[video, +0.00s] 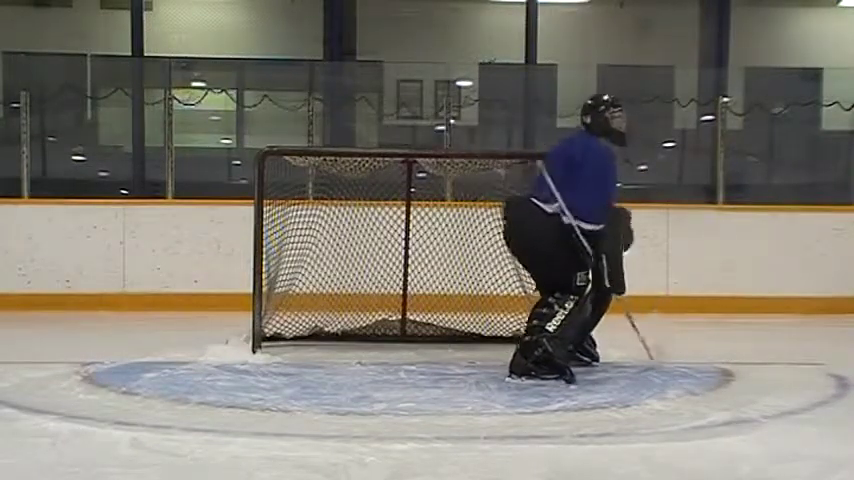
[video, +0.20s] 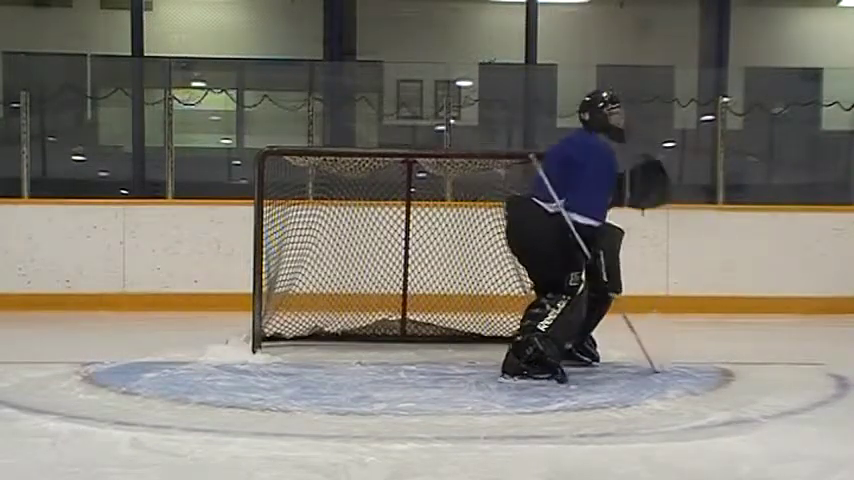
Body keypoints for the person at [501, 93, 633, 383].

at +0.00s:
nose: (622, 121)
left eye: (621, 115)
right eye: (616, 116)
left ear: (593, 120)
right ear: (599, 119)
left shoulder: (574, 143)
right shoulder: (598, 152)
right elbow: (591, 215)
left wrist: (613, 219)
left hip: (524, 218)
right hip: (544, 226)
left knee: (558, 288)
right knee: (585, 287)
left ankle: (535, 348)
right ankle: (539, 353)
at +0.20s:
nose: (621, 119)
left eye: (620, 112)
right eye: (615, 113)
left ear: (591, 118)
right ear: (600, 117)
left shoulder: (574, 143)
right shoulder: (600, 153)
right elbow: (586, 215)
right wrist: (590, 253)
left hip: (526, 216)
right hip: (543, 222)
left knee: (554, 289)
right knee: (570, 289)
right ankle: (529, 353)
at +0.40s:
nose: (622, 118)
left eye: (621, 111)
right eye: (616, 113)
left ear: (590, 117)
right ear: (601, 116)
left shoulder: (574, 142)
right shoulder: (601, 150)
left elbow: (586, 191)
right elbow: (583, 215)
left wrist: (621, 182)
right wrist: (584, 261)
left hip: (524, 214)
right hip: (545, 221)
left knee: (549, 289)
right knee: (567, 293)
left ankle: (522, 345)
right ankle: (522, 352)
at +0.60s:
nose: (627, 119)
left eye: (626, 113)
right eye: (621, 113)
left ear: (595, 117)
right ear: (605, 117)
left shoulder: (575, 141)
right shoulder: (607, 151)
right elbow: (582, 214)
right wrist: (588, 264)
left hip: (527, 212)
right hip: (545, 219)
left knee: (546, 289)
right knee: (564, 294)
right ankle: (512, 354)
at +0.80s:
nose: (630, 121)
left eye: (630, 114)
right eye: (624, 115)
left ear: (599, 117)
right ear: (607, 117)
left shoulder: (579, 140)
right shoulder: (605, 150)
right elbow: (584, 207)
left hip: (531, 215)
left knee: (550, 288)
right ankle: (513, 353)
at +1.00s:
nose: (623, 129)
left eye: (626, 122)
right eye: (616, 121)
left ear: (630, 125)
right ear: (600, 121)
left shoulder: (622, 164)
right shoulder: (575, 149)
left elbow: (607, 220)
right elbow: (549, 207)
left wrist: (640, 226)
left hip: (583, 234)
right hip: (541, 227)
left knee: (603, 284)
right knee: (575, 289)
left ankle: (575, 346)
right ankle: (530, 354)